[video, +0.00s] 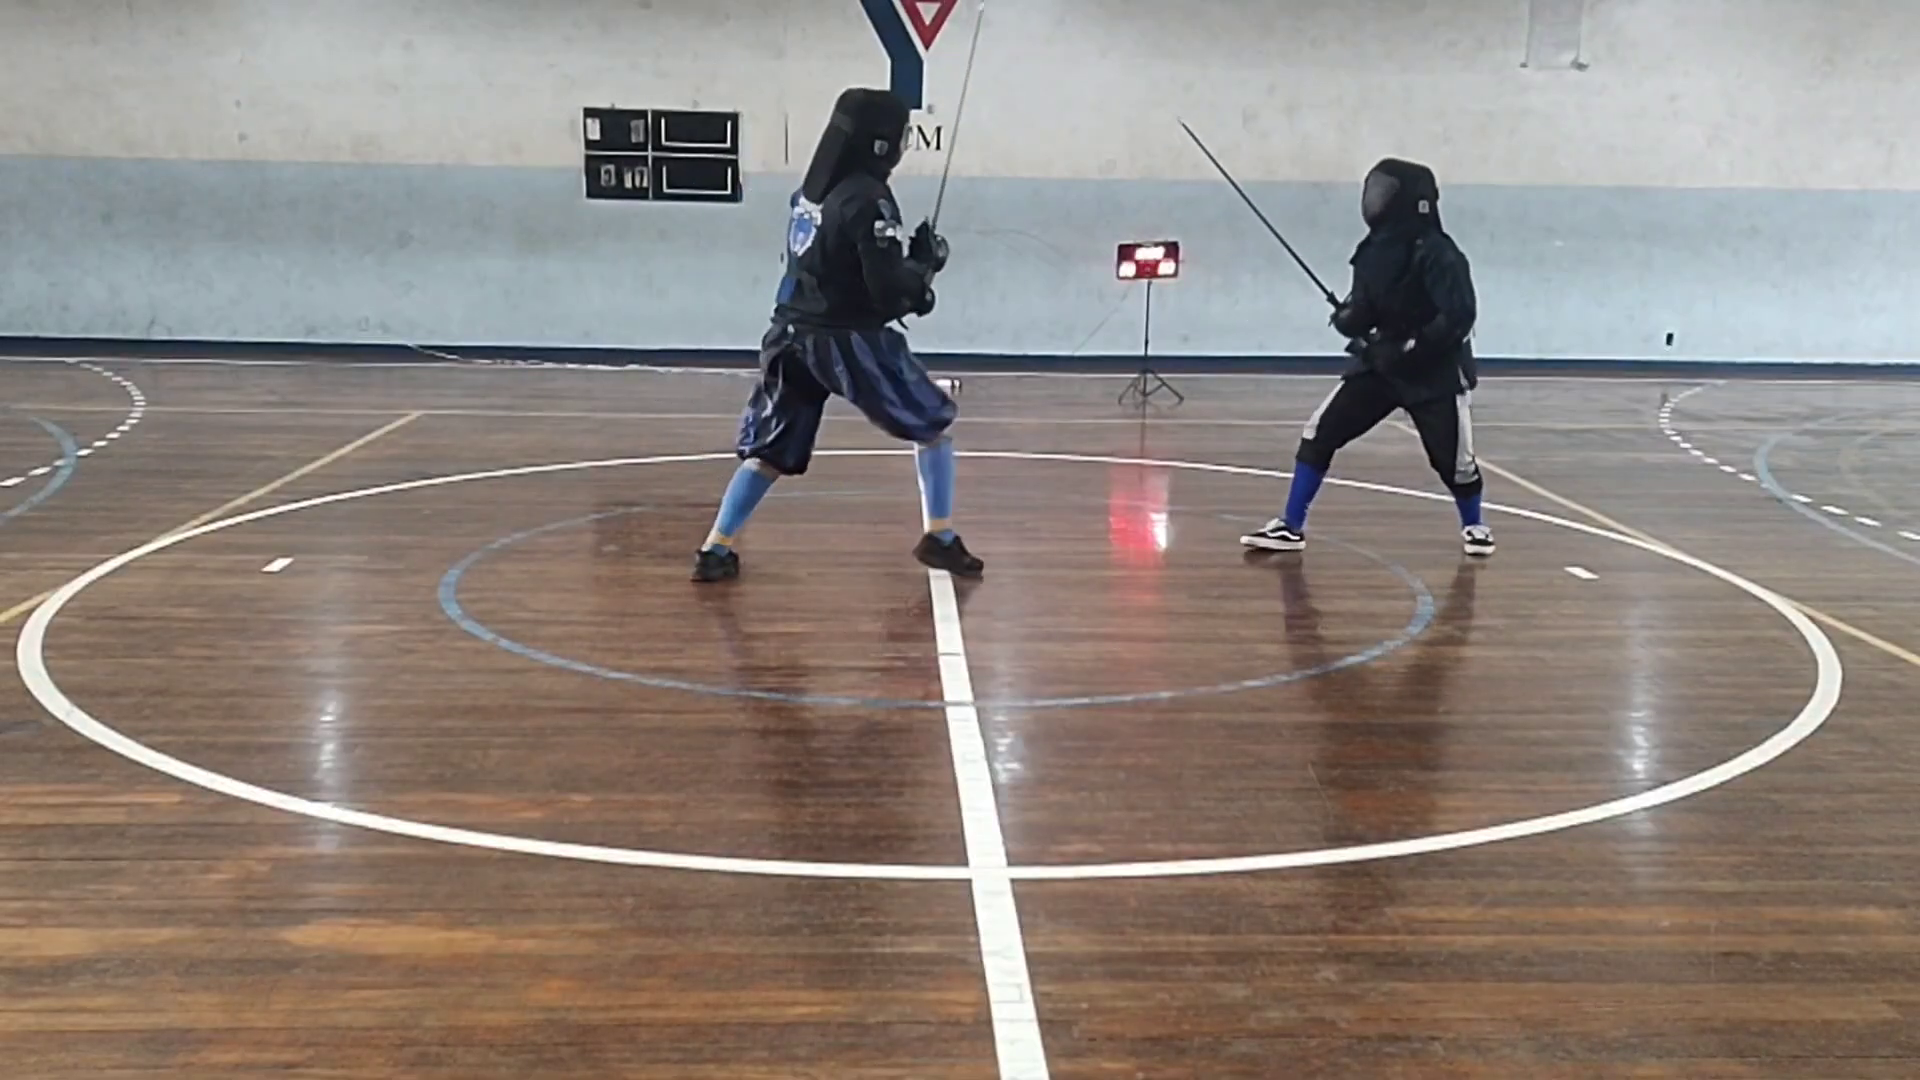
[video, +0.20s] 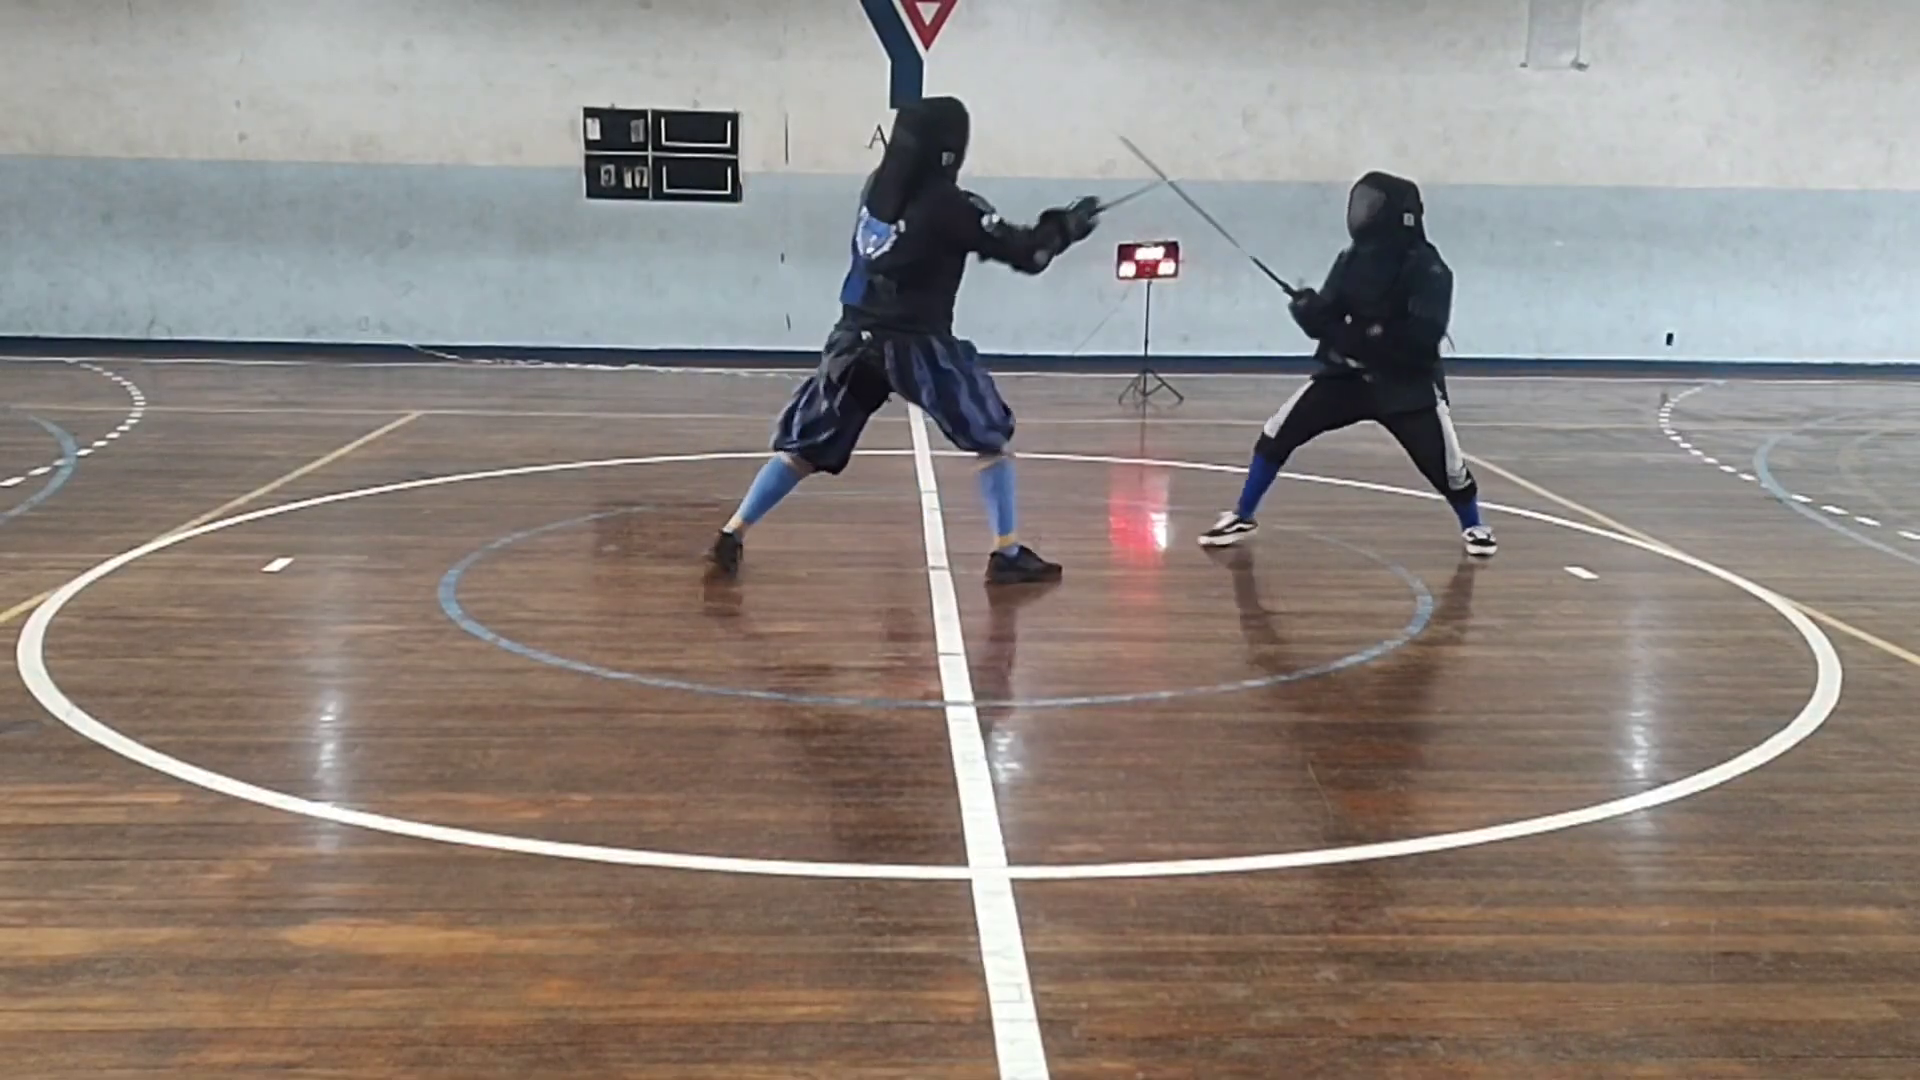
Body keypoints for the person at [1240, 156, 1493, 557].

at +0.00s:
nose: (1368, 197)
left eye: (1378, 189)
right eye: (1368, 188)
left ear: (1405, 196)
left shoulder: (1438, 251)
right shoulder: (1371, 251)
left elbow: (1459, 315)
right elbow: (1361, 311)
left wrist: (1409, 350)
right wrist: (1348, 319)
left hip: (1435, 375)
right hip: (1379, 370)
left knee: (1455, 461)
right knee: (1319, 433)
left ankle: (1473, 526)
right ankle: (1290, 526)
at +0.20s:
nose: (1355, 212)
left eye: (1366, 203)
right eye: (1356, 202)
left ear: (1395, 211)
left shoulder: (1428, 269)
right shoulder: (1352, 260)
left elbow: (1417, 347)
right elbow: (1326, 324)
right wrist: (1309, 310)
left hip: (1407, 387)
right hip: (1346, 380)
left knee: (1446, 467)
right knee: (1276, 435)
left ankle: (1473, 526)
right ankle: (1242, 516)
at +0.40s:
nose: (1333, 207)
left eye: (1342, 199)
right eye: (1329, 198)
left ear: (1360, 201)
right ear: (1323, 198)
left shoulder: (1385, 237)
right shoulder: (1311, 230)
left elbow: (1340, 236)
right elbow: (1263, 228)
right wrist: (1226, 198)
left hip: (1367, 377)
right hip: (1308, 375)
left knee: (1434, 451)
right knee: (1249, 449)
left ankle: (1468, 528)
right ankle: (1209, 519)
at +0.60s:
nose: (1321, 185)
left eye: (1331, 179)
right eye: (1317, 178)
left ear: (1353, 185)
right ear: (1311, 183)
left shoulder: (1372, 226)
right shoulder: (1299, 226)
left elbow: (1331, 206)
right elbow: (1257, 213)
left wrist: (1290, 185)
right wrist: (1228, 176)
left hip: (1355, 370)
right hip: (1295, 369)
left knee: (1418, 446)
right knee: (1245, 447)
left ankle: (1444, 529)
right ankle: (1208, 521)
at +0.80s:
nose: (1331, 184)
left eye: (1341, 176)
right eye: (1325, 175)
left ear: (1363, 183)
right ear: (1318, 183)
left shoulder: (1382, 226)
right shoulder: (1309, 228)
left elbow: (1342, 209)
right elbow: (1262, 215)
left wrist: (1302, 187)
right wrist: (1235, 179)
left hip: (1364, 371)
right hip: (1301, 369)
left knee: (1420, 447)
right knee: (1250, 444)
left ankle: (1442, 530)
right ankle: (1209, 520)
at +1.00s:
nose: (1326, 179)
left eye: (1335, 172)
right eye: (1322, 172)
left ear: (1359, 178)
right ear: (1320, 178)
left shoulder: (1379, 223)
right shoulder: (1311, 222)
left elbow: (1334, 205)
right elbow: (1260, 216)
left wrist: (1291, 184)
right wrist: (1235, 181)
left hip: (1350, 364)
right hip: (1291, 360)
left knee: (1398, 445)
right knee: (1243, 439)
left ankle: (1437, 527)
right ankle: (1209, 519)